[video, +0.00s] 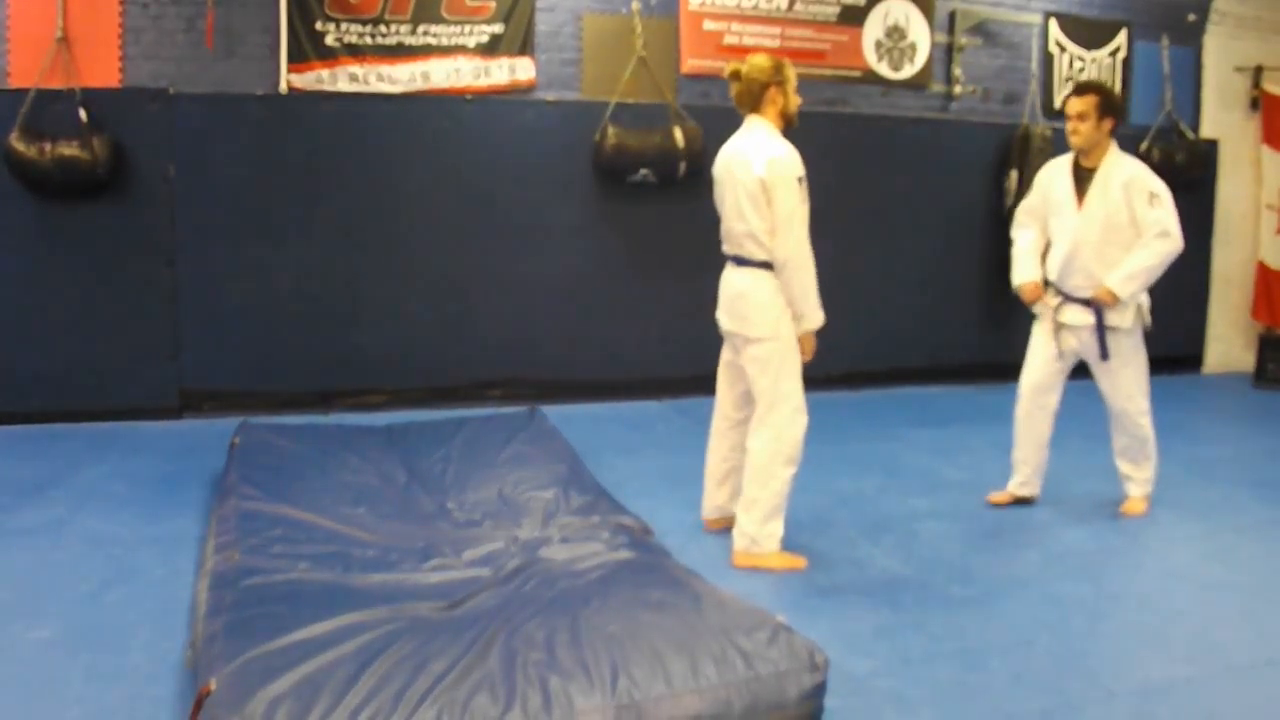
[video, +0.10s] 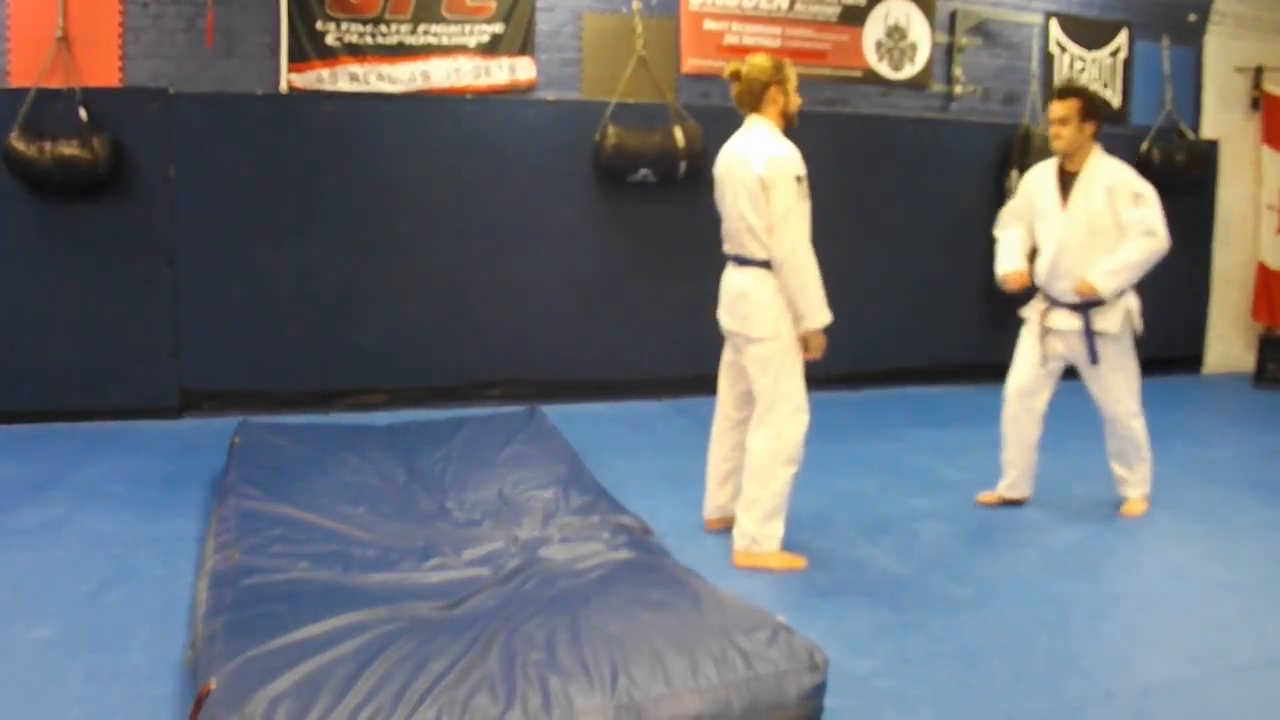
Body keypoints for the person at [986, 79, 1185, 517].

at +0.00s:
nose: (1071, 126)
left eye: (1081, 119)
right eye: (1068, 118)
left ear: (1108, 123)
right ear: (1064, 121)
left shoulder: (1137, 178)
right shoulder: (1052, 174)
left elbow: (1167, 238)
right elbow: (1027, 225)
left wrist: (1119, 286)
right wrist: (1026, 275)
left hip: (1114, 313)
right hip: (1055, 309)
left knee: (1128, 405)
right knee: (1032, 394)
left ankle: (1138, 488)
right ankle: (1023, 484)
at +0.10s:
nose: (1053, 131)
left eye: (1063, 123)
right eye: (1051, 123)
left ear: (1090, 127)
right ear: (1048, 126)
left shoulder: (1123, 181)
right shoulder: (1037, 178)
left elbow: (1152, 239)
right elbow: (1012, 223)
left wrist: (1103, 280)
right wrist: (1012, 264)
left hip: (1104, 318)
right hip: (1045, 314)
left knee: (1120, 409)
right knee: (1020, 396)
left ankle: (1135, 491)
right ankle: (1014, 486)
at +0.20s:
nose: (1030, 131)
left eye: (1039, 122)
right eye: (1026, 123)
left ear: (1065, 126)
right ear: (1023, 127)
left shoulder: (1096, 179)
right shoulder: (1016, 179)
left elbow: (1129, 235)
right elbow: (991, 220)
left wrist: (1074, 268)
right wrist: (989, 251)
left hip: (1084, 316)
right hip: (1028, 315)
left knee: (1105, 407)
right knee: (1008, 402)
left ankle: (1131, 486)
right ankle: (1014, 487)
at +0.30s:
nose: (1001, 124)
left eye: (1010, 116)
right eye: (998, 116)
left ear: (1039, 120)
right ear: (998, 121)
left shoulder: (1068, 169)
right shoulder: (991, 172)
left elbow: (1097, 226)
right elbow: (967, 212)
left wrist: (1040, 252)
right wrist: (963, 238)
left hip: (1061, 307)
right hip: (1008, 307)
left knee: (1060, 401)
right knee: (997, 401)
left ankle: (1116, 471)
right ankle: (1012, 487)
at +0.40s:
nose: (975, 123)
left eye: (984, 114)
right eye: (972, 114)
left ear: (1012, 118)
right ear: (972, 119)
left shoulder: (1042, 170)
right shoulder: (968, 168)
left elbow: (1042, 227)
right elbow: (941, 202)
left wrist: (983, 238)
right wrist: (930, 221)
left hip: (1036, 300)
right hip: (986, 301)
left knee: (1008, 395)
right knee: (984, 399)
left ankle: (1054, 477)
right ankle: (1011, 483)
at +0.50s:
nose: (951, 120)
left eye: (960, 112)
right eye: (948, 112)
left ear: (988, 116)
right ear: (949, 115)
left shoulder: (1008, 166)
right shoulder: (945, 162)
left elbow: (966, 218)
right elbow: (905, 200)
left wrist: (912, 212)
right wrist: (848, 196)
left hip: (1009, 300)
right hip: (971, 299)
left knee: (964, 394)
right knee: (989, 394)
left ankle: (956, 512)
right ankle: (1012, 482)